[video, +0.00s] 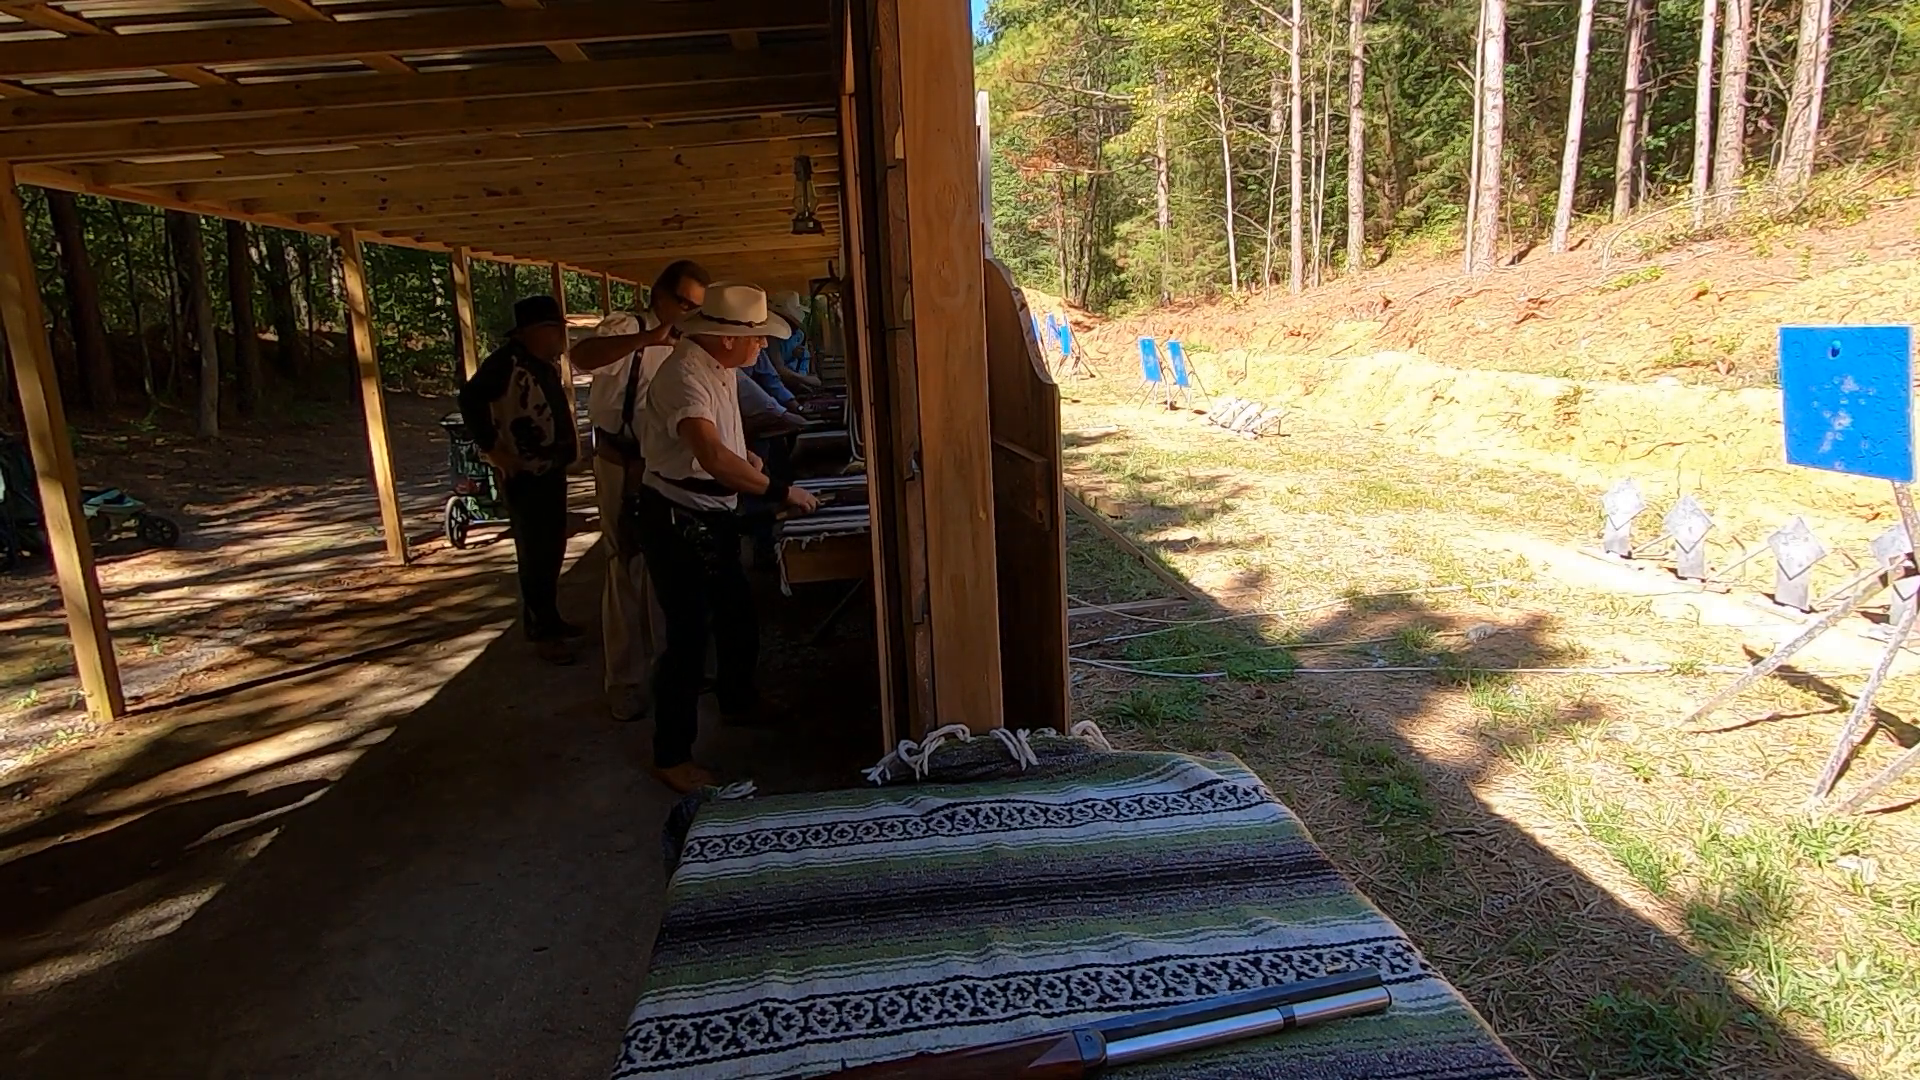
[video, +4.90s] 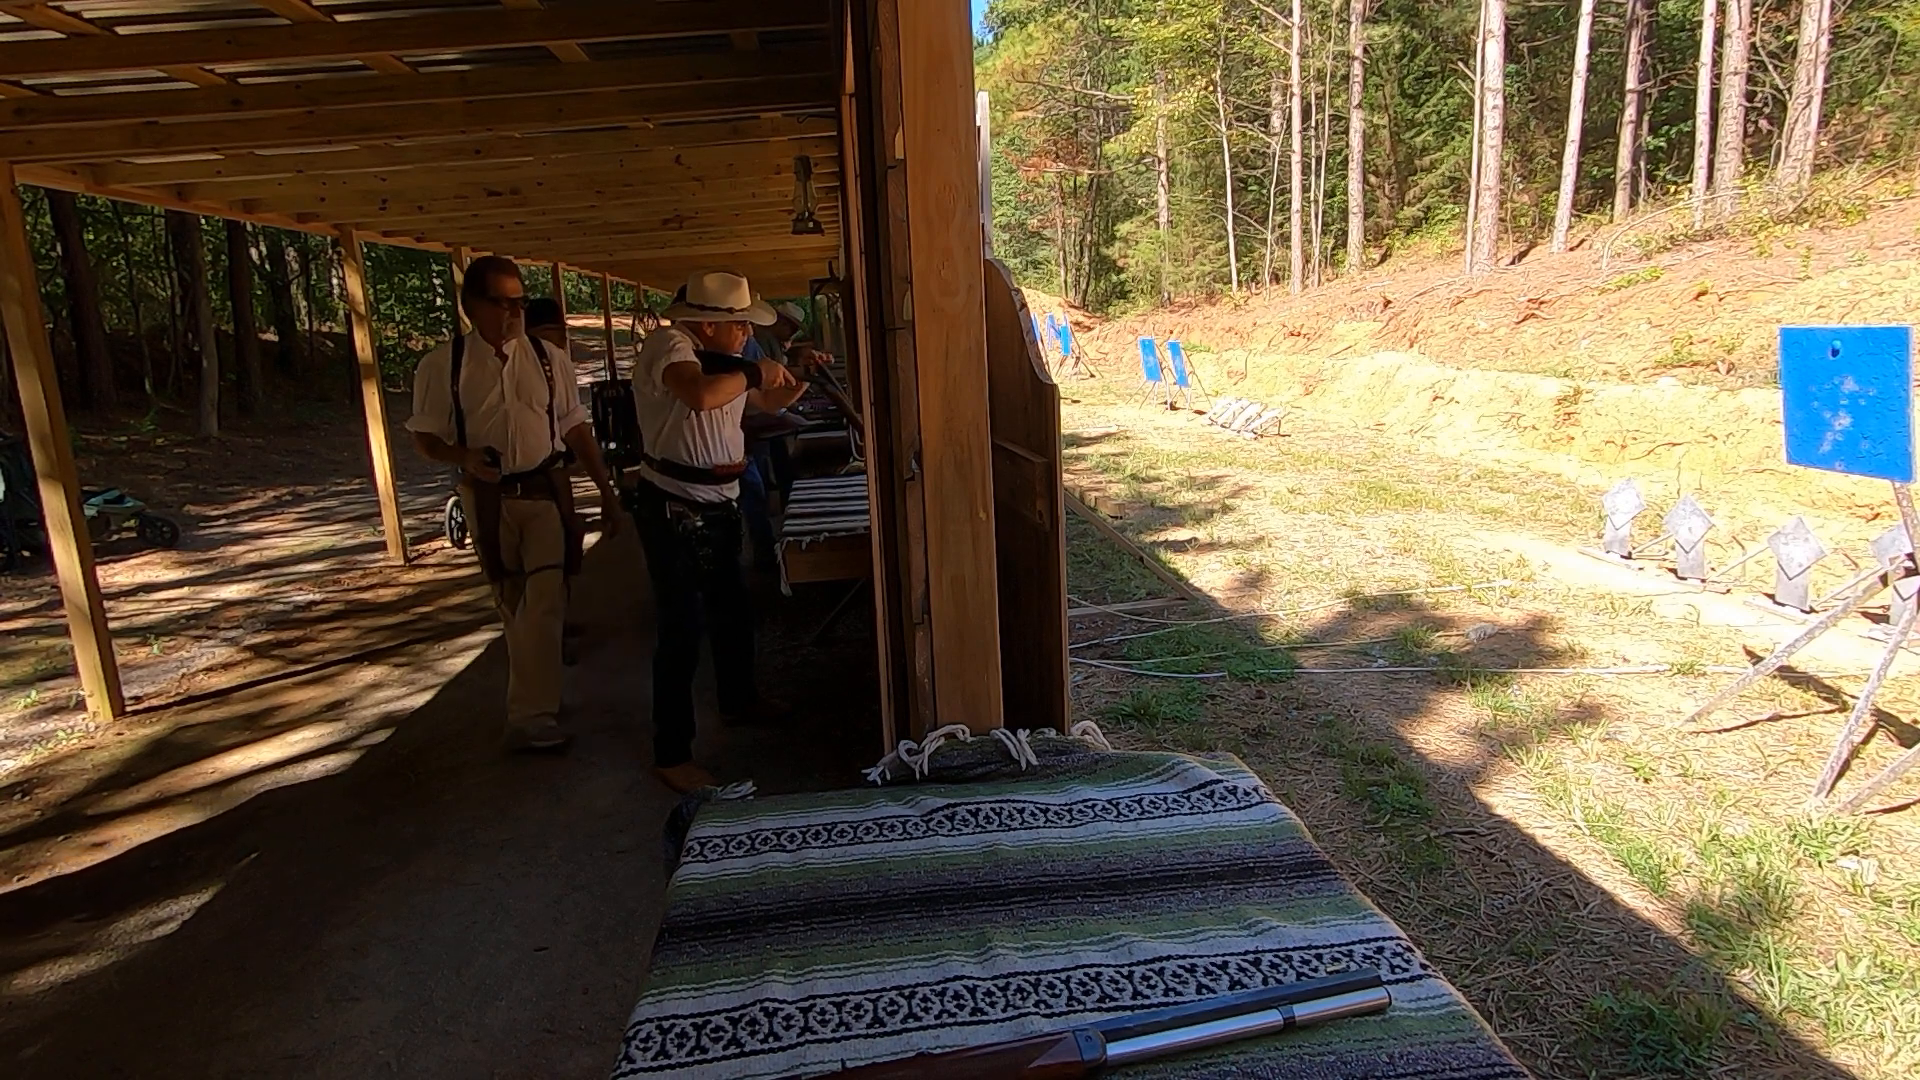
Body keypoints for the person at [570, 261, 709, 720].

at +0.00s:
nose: (686, 312)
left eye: (694, 307)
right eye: (681, 302)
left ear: (698, 309)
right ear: (659, 294)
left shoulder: (690, 346)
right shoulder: (627, 327)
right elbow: (581, 357)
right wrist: (645, 340)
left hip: (669, 463)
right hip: (618, 463)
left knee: (670, 568)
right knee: (626, 571)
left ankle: (673, 671)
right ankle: (624, 683)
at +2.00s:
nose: (690, 315)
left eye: (697, 309)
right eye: (685, 304)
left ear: (698, 311)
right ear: (660, 296)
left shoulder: (688, 344)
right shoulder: (631, 325)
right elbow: (609, 347)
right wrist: (674, 344)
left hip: (667, 463)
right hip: (619, 465)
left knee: (670, 568)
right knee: (626, 572)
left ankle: (672, 671)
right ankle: (623, 683)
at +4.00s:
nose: (655, 312)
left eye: (661, 305)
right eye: (648, 303)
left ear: (665, 305)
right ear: (621, 296)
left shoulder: (661, 343)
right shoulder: (594, 331)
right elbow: (562, 362)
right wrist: (631, 348)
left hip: (650, 471)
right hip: (595, 472)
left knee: (657, 574)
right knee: (581, 576)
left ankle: (667, 665)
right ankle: (557, 687)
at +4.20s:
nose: (615, 311)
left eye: (620, 304)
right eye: (605, 303)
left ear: (624, 304)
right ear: (577, 301)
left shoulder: (627, 351)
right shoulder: (549, 343)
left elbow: (640, 408)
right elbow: (512, 397)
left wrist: (644, 443)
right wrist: (573, 383)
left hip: (623, 475)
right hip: (567, 479)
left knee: (646, 575)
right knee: (559, 582)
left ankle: (666, 669)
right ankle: (544, 694)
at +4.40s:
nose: (568, 309)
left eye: (573, 300)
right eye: (557, 301)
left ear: (577, 301)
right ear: (528, 301)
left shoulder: (593, 354)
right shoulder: (499, 357)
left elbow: (614, 419)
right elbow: (462, 428)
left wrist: (640, 469)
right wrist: (517, 433)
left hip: (591, 480)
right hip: (533, 486)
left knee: (632, 563)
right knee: (537, 586)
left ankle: (663, 659)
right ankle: (543, 696)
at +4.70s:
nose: (525, 307)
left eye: (530, 298)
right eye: (513, 300)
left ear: (536, 299)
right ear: (483, 301)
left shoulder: (558, 353)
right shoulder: (454, 360)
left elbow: (585, 421)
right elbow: (436, 432)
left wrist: (614, 475)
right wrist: (473, 454)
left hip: (560, 481)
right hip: (502, 489)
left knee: (587, 576)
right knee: (520, 591)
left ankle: (594, 690)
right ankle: (539, 697)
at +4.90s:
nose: (515, 311)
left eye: (520, 301)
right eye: (503, 302)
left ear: (525, 302)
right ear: (472, 305)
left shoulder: (550, 358)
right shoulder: (442, 364)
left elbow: (576, 429)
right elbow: (425, 439)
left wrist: (607, 491)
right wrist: (461, 456)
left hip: (546, 490)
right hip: (488, 496)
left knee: (546, 594)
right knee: (511, 602)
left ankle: (532, 718)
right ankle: (538, 702)